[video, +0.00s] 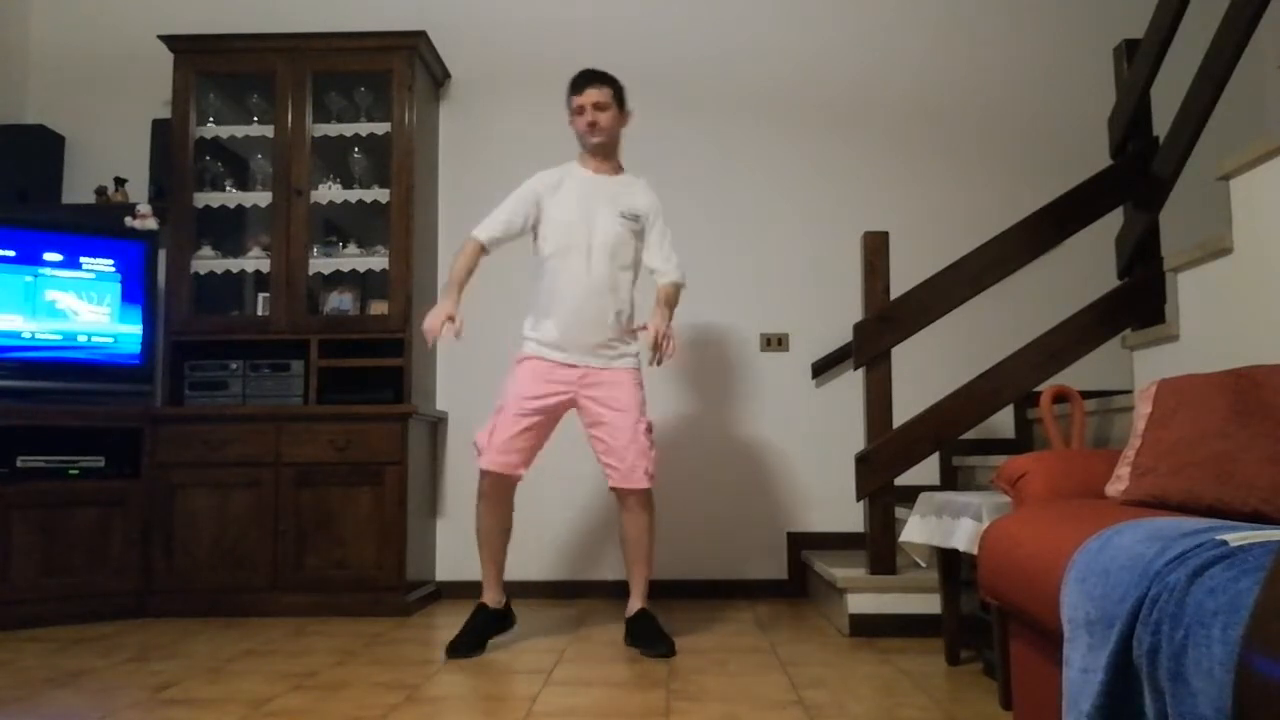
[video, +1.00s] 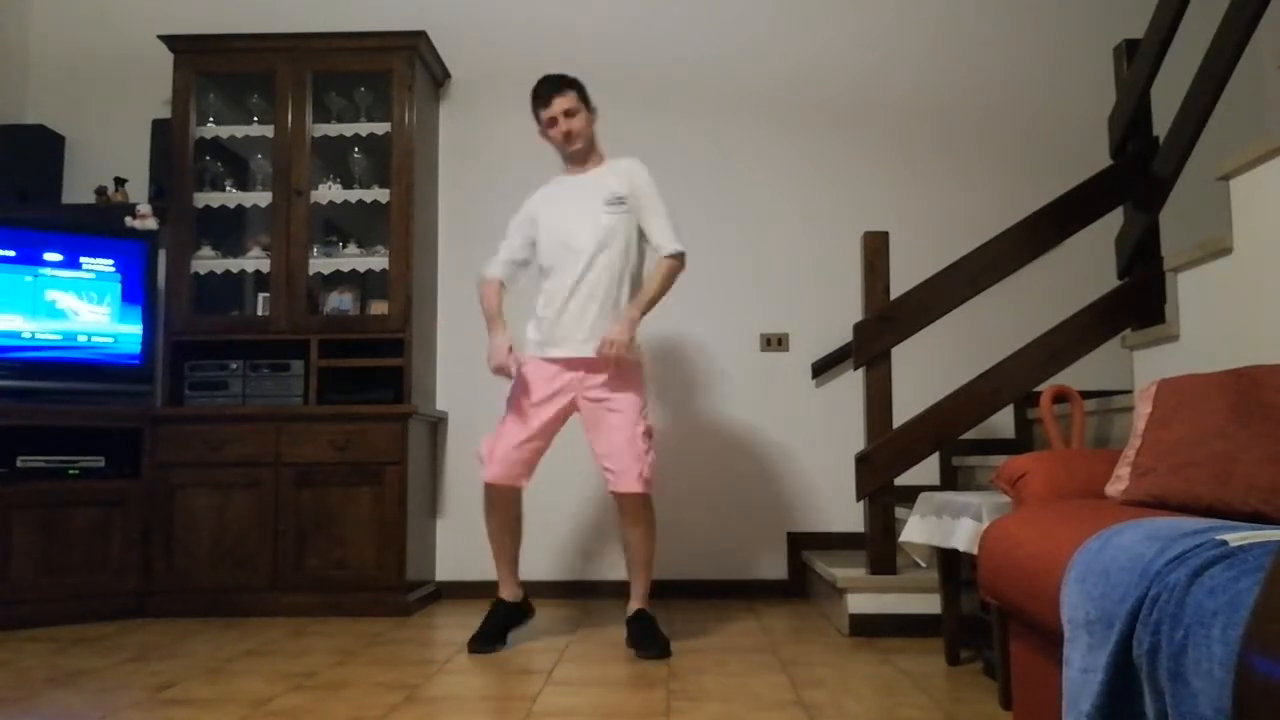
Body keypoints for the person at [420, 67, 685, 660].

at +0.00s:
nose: (590, 117)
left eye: (601, 108)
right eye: (580, 109)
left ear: (622, 117)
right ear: (570, 120)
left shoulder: (639, 195)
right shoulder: (547, 186)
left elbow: (668, 271)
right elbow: (477, 242)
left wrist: (662, 314)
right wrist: (450, 298)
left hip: (614, 363)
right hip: (542, 358)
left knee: (634, 482)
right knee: (495, 469)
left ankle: (638, 609)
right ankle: (492, 603)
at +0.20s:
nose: (612, 119)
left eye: (624, 110)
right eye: (602, 111)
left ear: (643, 122)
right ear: (589, 120)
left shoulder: (650, 206)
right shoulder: (557, 183)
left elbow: (667, 286)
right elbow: (486, 237)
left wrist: (656, 329)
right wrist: (466, 295)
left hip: (613, 367)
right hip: (542, 360)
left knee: (631, 484)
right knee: (504, 480)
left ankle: (639, 611)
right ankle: (497, 607)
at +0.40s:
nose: (582, 128)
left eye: (594, 120)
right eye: (574, 117)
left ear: (612, 125)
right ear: (560, 118)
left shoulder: (624, 194)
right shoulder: (526, 188)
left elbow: (654, 284)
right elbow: (472, 250)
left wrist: (641, 354)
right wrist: (488, 308)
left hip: (601, 361)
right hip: (531, 360)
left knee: (630, 477)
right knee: (508, 483)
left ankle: (643, 605)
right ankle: (517, 611)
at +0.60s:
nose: (539, 127)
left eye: (552, 120)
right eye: (532, 116)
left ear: (569, 129)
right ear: (518, 121)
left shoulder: (583, 172)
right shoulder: (505, 210)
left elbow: (639, 247)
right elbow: (494, 284)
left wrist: (629, 328)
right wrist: (494, 322)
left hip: (591, 358)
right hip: (526, 365)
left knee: (622, 474)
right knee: (507, 483)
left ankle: (651, 605)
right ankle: (517, 611)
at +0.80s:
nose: (531, 129)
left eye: (543, 121)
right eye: (522, 120)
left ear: (561, 129)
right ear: (508, 128)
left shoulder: (581, 170)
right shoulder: (508, 220)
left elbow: (641, 241)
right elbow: (504, 296)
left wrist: (630, 322)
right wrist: (504, 339)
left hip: (599, 362)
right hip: (535, 370)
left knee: (628, 473)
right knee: (515, 482)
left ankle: (645, 602)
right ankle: (517, 611)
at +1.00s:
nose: (563, 124)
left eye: (570, 113)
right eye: (552, 121)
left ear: (592, 116)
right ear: (544, 133)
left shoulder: (628, 175)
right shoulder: (540, 202)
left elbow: (670, 257)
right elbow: (493, 278)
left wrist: (630, 321)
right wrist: (497, 331)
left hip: (611, 366)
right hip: (541, 367)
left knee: (631, 486)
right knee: (499, 476)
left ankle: (640, 610)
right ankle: (508, 598)